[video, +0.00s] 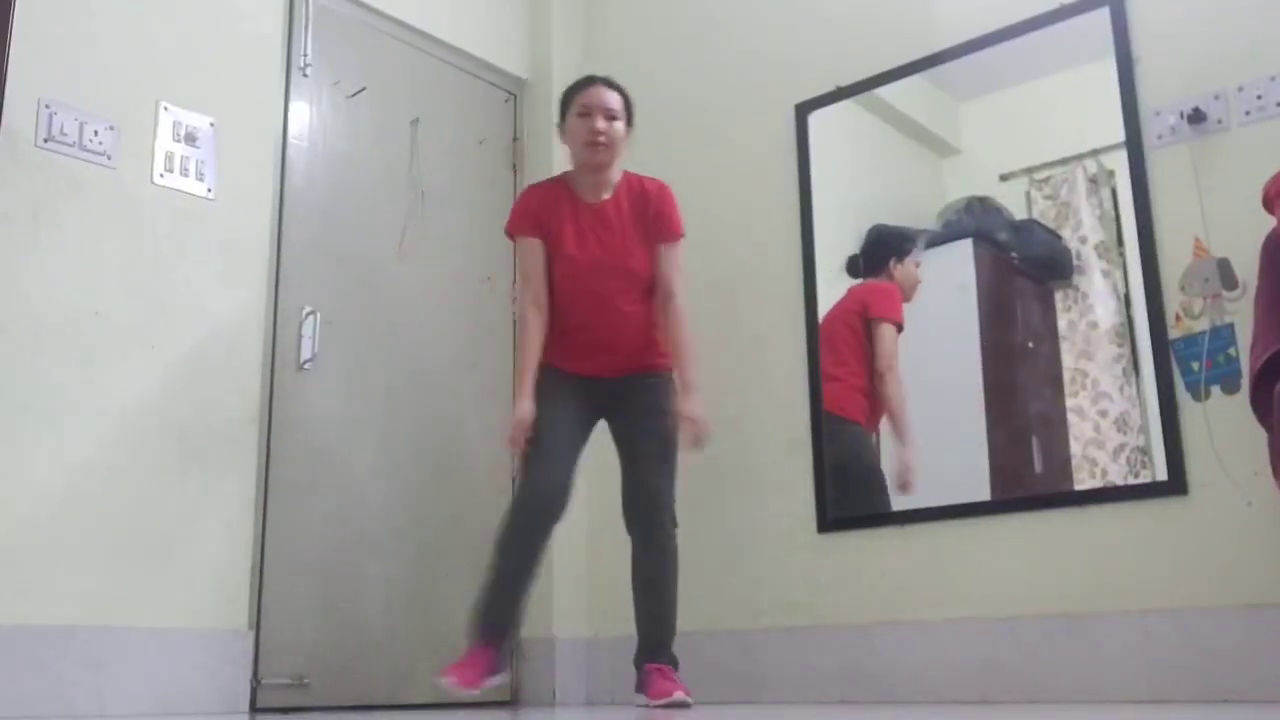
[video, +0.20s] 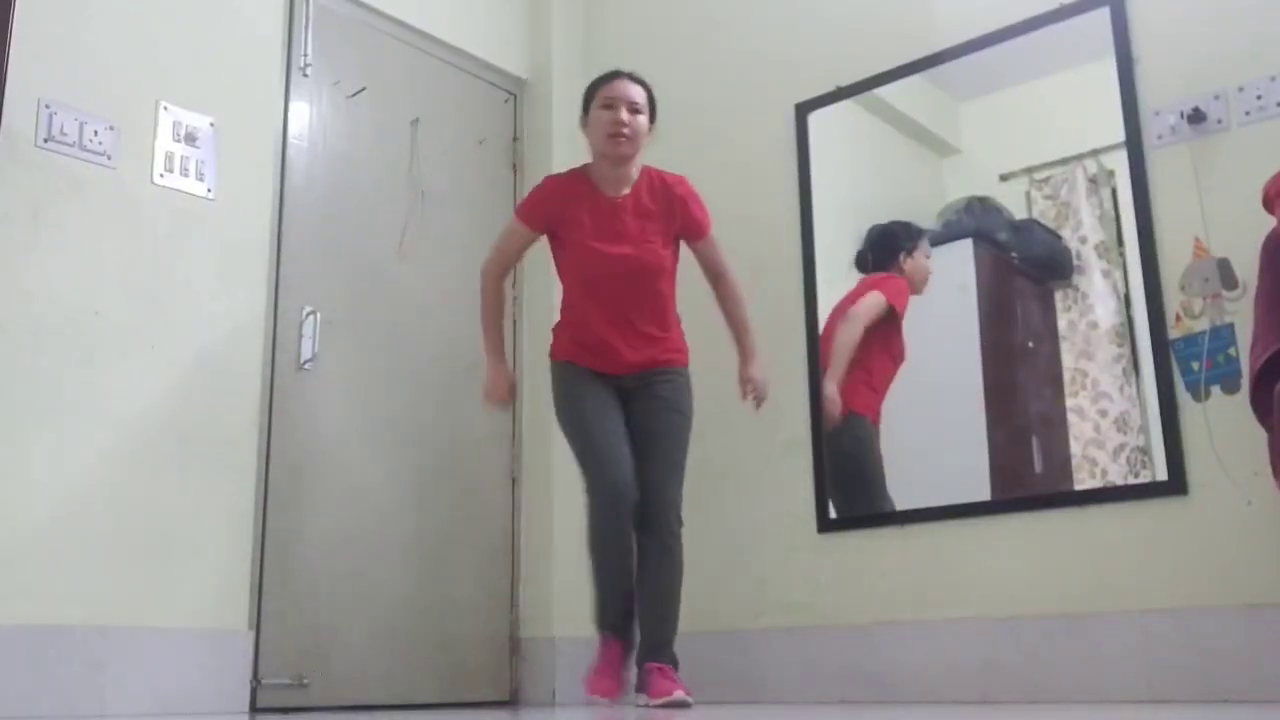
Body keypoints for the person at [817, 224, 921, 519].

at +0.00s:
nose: (919, 276)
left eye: (919, 266)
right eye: (915, 265)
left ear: (874, 269)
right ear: (893, 266)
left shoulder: (853, 299)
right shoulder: (882, 292)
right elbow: (884, 372)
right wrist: (904, 447)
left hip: (823, 421)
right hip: (842, 423)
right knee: (872, 524)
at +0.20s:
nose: (930, 267)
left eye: (929, 258)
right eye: (926, 257)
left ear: (904, 259)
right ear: (904, 259)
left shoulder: (863, 290)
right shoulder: (893, 284)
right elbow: (854, 319)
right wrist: (831, 383)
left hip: (833, 415)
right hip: (851, 417)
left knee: (863, 524)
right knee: (875, 521)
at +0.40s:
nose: (931, 269)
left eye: (929, 259)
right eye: (926, 258)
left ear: (902, 261)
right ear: (905, 261)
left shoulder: (866, 290)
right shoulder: (896, 287)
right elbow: (858, 318)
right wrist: (846, 388)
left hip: (830, 410)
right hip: (852, 413)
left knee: (860, 521)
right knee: (871, 520)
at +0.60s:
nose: (922, 277)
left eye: (922, 268)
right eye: (920, 268)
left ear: (874, 267)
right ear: (904, 267)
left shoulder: (849, 302)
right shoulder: (892, 293)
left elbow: (843, 398)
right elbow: (895, 370)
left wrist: (894, 450)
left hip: (818, 425)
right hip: (850, 427)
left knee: (858, 534)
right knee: (885, 532)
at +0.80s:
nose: (909, 281)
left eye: (909, 272)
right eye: (910, 272)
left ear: (865, 265)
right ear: (901, 268)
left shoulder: (838, 298)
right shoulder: (886, 294)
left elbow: (871, 381)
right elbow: (919, 374)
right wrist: (962, 371)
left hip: (817, 414)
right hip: (845, 418)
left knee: (837, 520)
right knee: (864, 518)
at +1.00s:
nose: (888, 308)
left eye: (891, 300)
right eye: (891, 299)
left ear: (852, 285)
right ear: (886, 291)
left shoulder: (825, 313)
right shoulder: (866, 310)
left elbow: (866, 400)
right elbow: (889, 393)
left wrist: (929, 415)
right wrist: (943, 414)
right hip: (826, 440)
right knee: (857, 531)